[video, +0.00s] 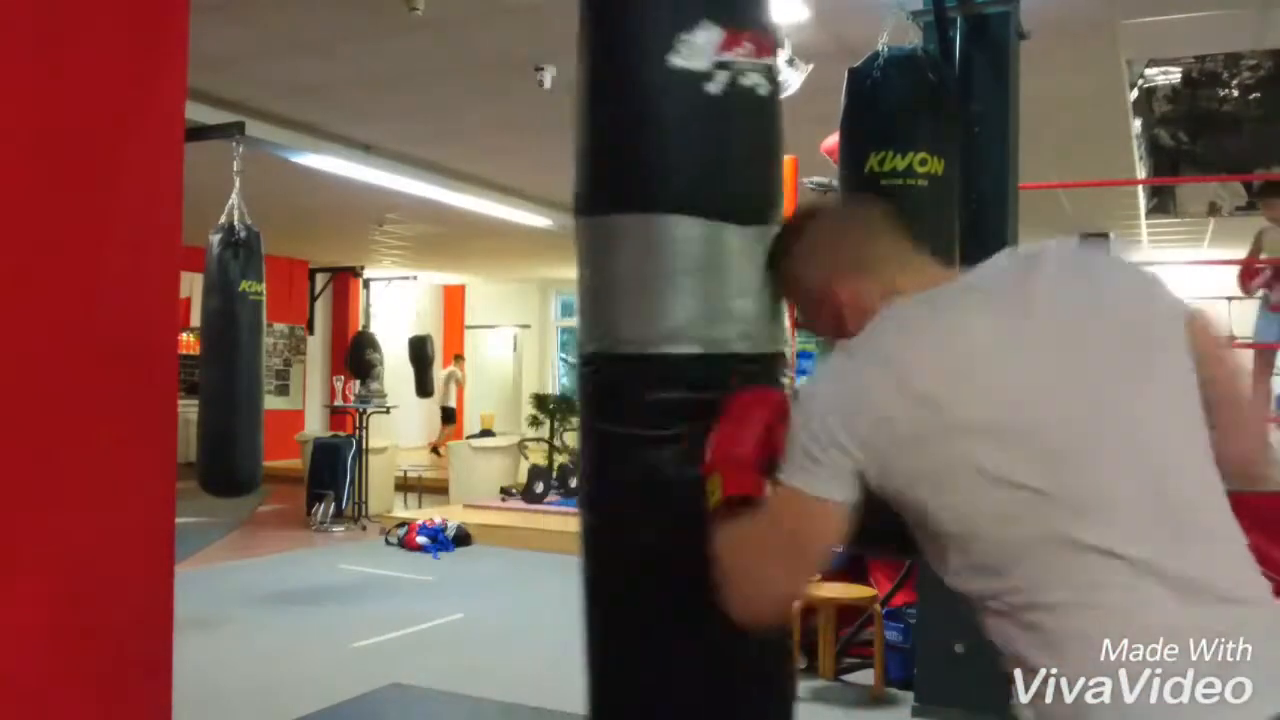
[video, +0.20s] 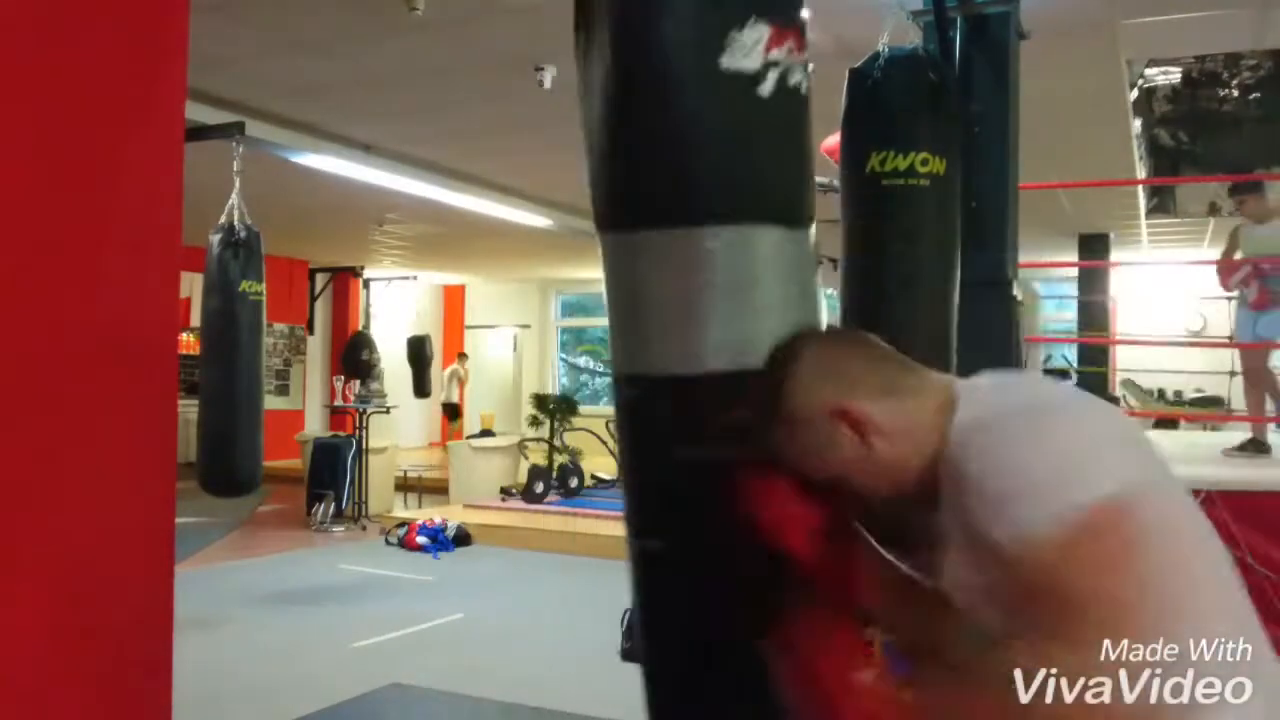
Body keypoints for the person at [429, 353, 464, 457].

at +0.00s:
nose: (462, 365)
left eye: (463, 363)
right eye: (462, 363)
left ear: (454, 361)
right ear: (458, 361)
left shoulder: (445, 371)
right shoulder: (455, 371)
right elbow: (461, 384)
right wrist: (463, 373)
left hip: (443, 402)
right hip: (450, 403)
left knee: (444, 426)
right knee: (451, 426)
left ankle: (436, 445)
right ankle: (437, 445)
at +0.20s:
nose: (465, 363)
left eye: (465, 361)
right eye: (464, 360)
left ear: (458, 359)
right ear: (461, 359)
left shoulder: (449, 369)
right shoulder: (457, 369)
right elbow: (463, 381)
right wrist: (466, 371)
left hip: (445, 399)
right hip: (452, 400)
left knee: (451, 424)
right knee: (454, 424)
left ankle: (450, 442)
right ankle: (450, 443)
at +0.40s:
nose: (466, 365)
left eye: (467, 362)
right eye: (466, 362)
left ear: (459, 360)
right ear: (463, 361)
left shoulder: (450, 371)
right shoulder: (459, 371)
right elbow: (468, 383)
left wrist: (466, 375)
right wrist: (469, 374)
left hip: (447, 402)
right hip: (455, 403)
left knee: (455, 426)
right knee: (460, 426)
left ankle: (452, 444)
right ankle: (456, 444)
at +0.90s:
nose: (465, 365)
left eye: (465, 362)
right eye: (465, 362)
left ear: (458, 360)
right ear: (463, 361)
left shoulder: (447, 371)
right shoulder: (462, 372)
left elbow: (445, 387)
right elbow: (463, 389)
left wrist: (444, 399)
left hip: (447, 403)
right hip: (457, 403)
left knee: (450, 426)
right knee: (461, 426)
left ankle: (450, 445)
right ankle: (458, 445)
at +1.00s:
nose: (464, 364)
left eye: (464, 362)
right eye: (464, 362)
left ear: (457, 361)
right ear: (463, 362)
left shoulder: (447, 372)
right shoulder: (465, 372)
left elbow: (443, 387)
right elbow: (466, 390)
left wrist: (443, 400)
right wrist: (465, 403)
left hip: (447, 403)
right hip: (458, 403)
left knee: (451, 426)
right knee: (464, 426)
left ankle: (451, 444)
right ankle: (457, 442)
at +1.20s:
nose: (467, 365)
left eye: (468, 363)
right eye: (466, 363)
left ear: (460, 362)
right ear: (463, 362)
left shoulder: (451, 371)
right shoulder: (459, 371)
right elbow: (470, 382)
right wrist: (471, 372)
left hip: (448, 401)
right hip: (455, 401)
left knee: (456, 423)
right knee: (462, 423)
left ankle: (453, 443)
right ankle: (458, 443)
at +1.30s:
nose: (467, 367)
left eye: (468, 365)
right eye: (466, 365)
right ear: (462, 364)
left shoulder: (456, 373)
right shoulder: (457, 373)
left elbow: (468, 385)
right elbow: (468, 385)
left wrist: (469, 375)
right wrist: (470, 375)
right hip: (453, 403)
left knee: (457, 426)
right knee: (460, 426)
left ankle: (455, 445)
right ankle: (458, 445)